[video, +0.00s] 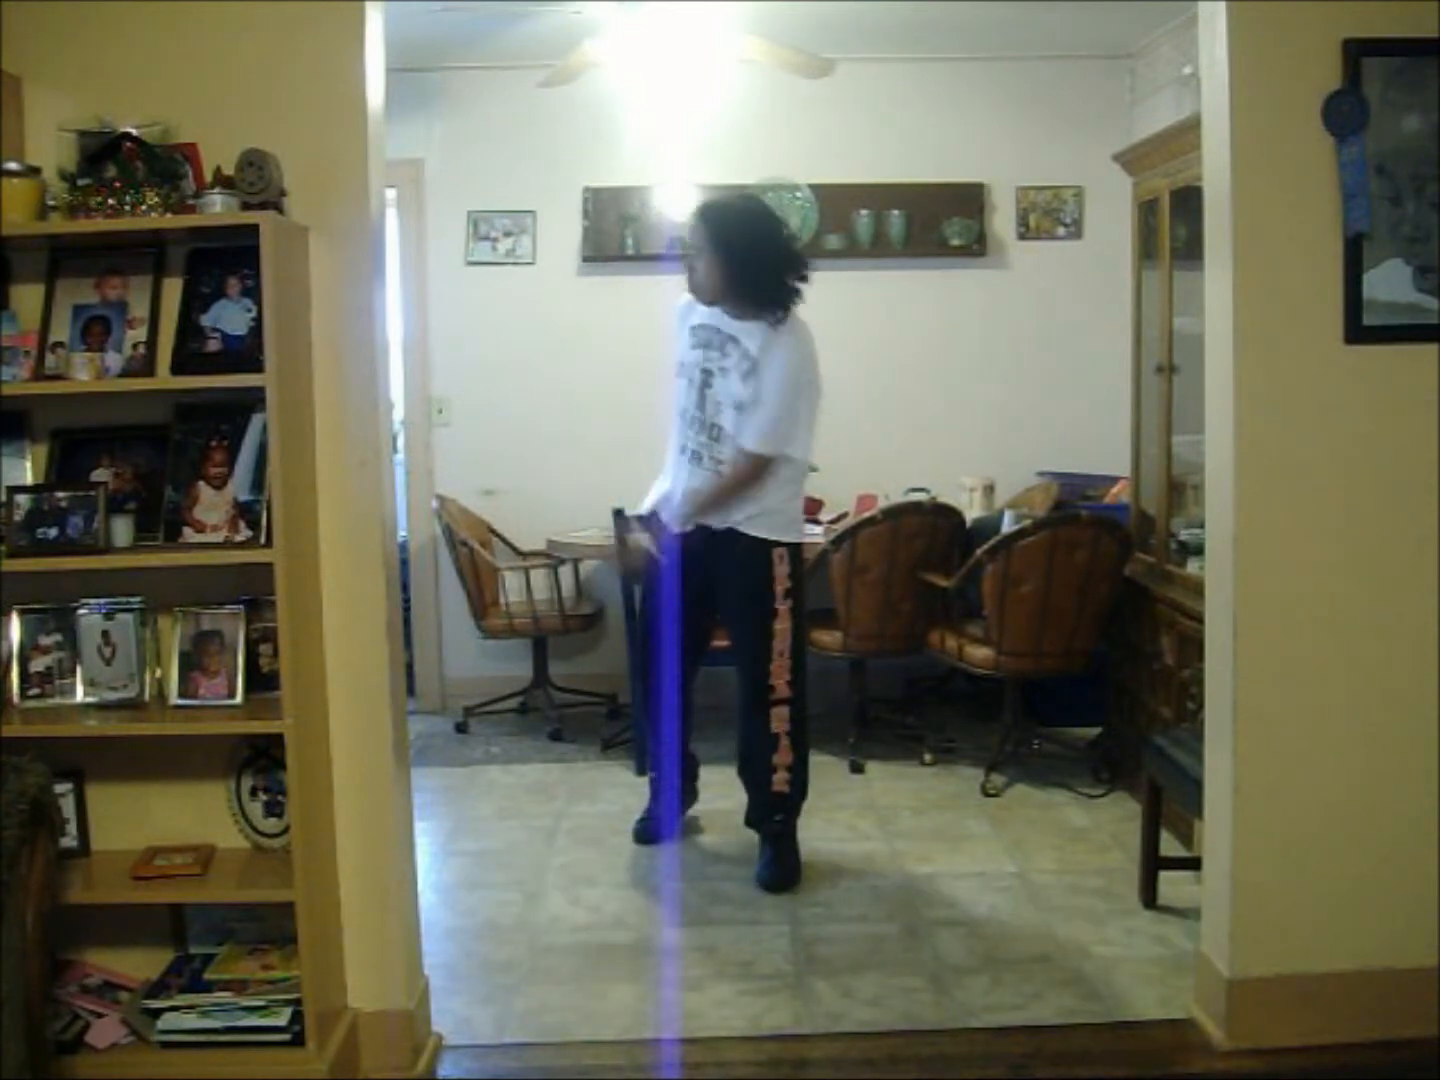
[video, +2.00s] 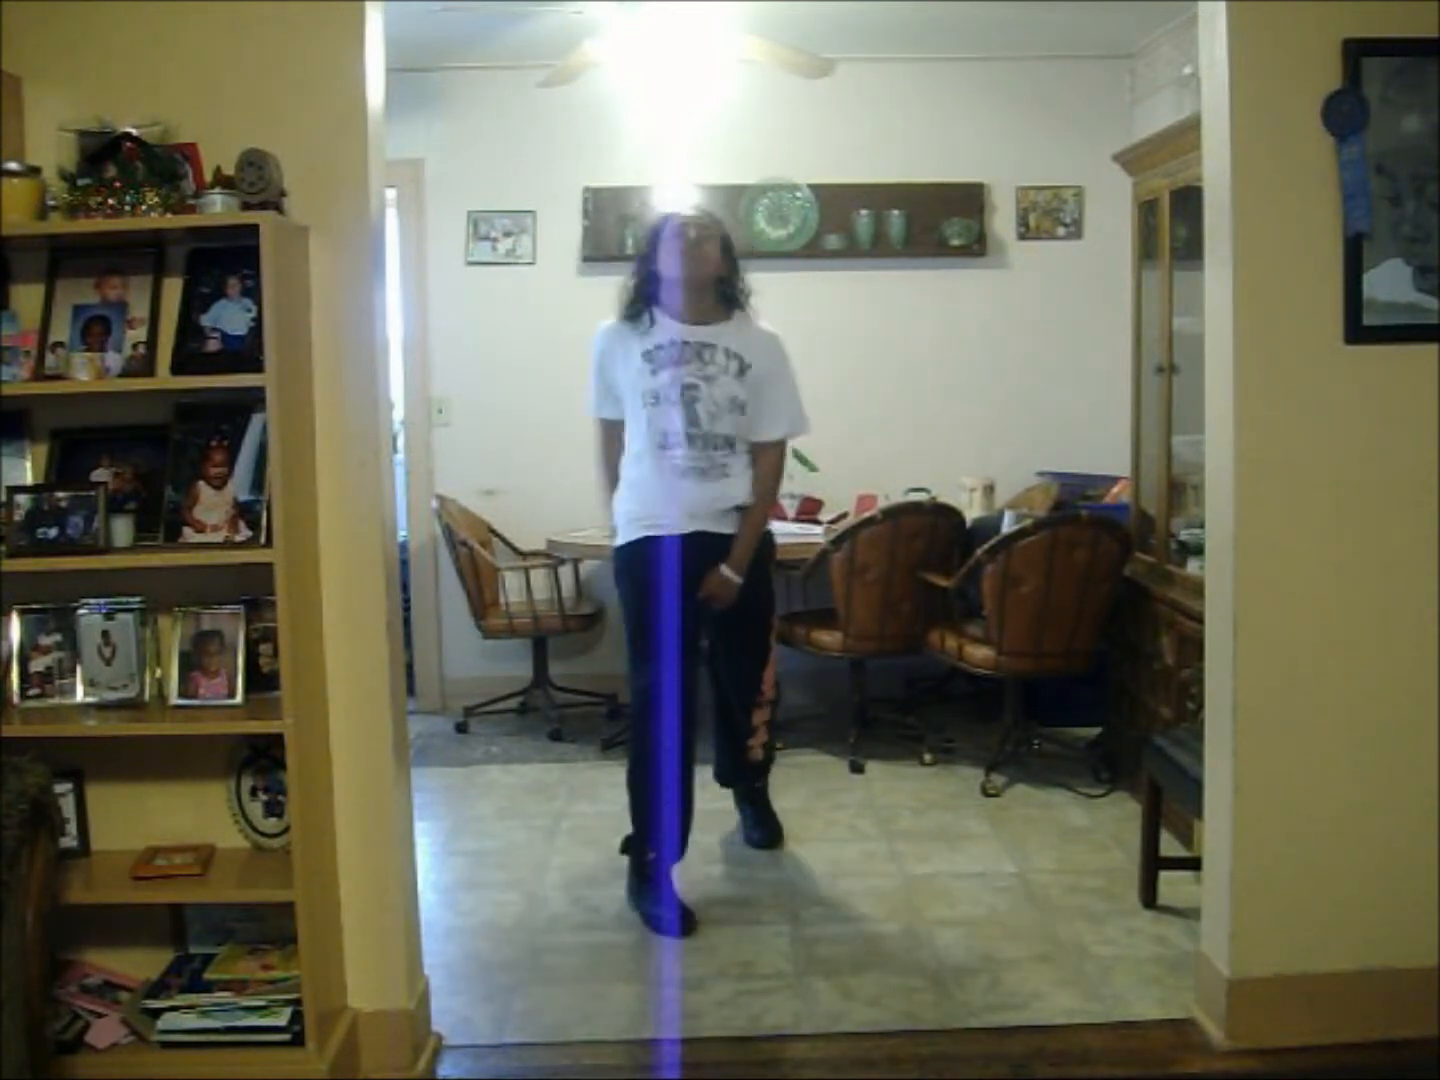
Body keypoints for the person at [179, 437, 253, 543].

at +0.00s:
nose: (219, 472)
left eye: (224, 467)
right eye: (214, 466)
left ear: (230, 469)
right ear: (203, 468)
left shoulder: (231, 488)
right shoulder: (199, 488)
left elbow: (236, 508)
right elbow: (186, 511)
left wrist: (234, 523)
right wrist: (199, 526)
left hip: (225, 533)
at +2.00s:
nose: (219, 472)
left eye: (224, 467)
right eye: (214, 466)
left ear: (230, 469)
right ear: (203, 468)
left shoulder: (231, 488)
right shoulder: (199, 488)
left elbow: (236, 509)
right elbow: (186, 510)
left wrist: (234, 523)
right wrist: (198, 525)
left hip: (225, 534)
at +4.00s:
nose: (219, 472)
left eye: (224, 467)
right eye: (213, 466)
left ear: (230, 469)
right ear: (203, 468)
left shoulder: (231, 488)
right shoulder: (199, 488)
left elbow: (236, 509)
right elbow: (187, 510)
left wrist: (234, 524)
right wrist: (198, 525)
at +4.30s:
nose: (219, 472)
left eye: (224, 466)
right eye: (214, 466)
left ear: (230, 469)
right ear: (203, 468)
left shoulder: (231, 487)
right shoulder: (199, 487)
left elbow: (236, 508)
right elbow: (186, 511)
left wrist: (233, 523)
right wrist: (201, 526)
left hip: (225, 526)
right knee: (187, 532)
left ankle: (232, 534)